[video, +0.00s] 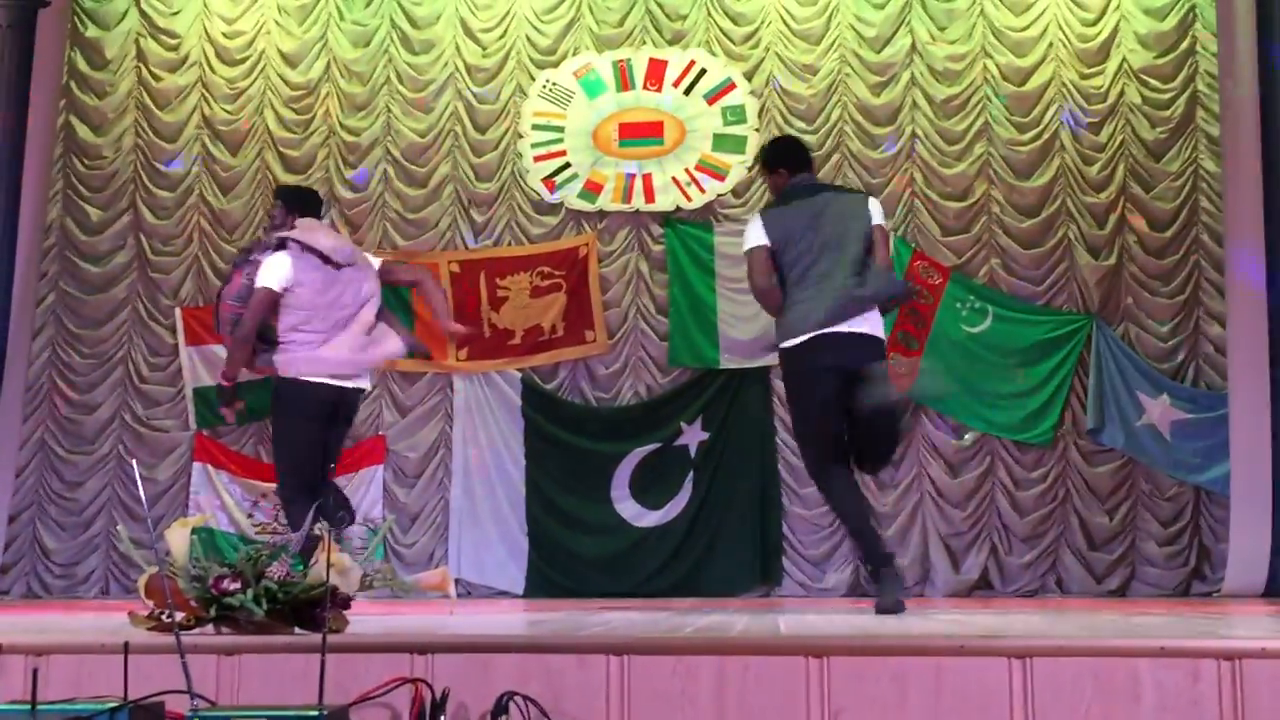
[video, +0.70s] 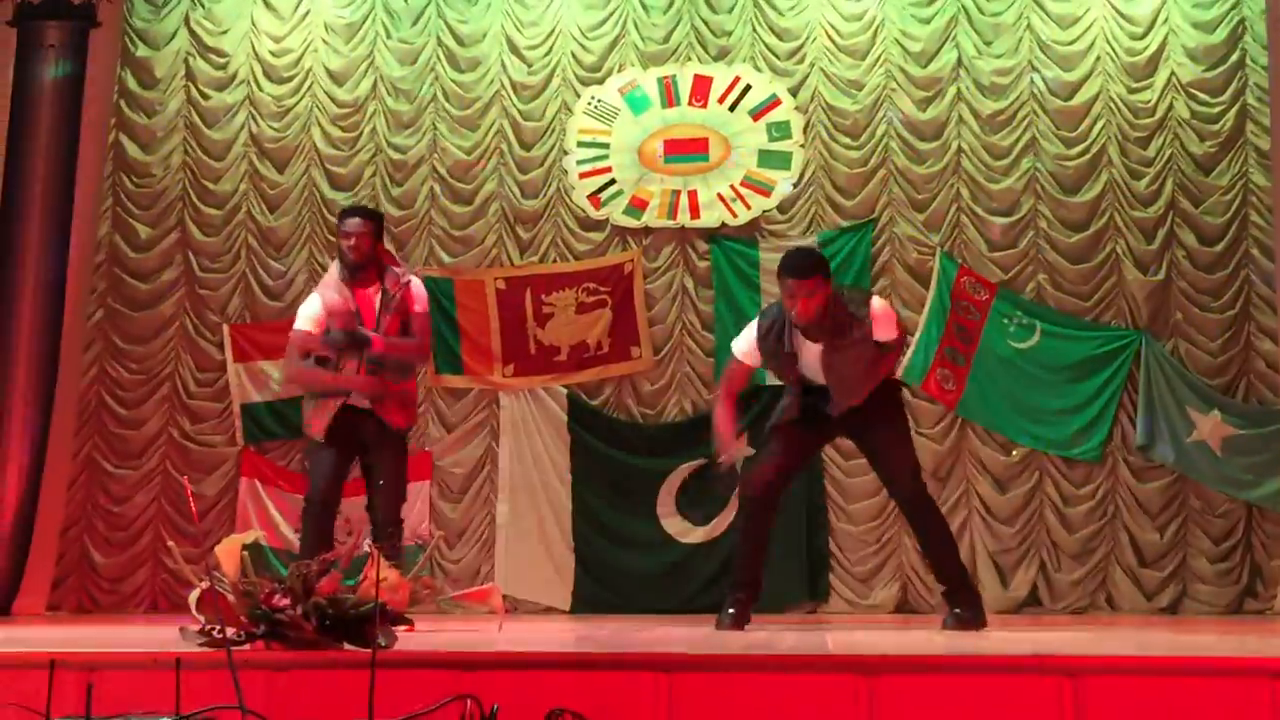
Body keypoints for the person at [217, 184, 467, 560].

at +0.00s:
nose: (271, 221)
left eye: (275, 214)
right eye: (272, 213)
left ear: (288, 217)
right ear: (318, 217)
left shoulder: (283, 260)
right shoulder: (359, 259)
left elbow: (247, 330)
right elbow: (423, 274)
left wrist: (227, 383)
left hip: (301, 389)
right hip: (350, 390)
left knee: (295, 490)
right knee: (320, 478)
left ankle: (323, 571)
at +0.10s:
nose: (270, 220)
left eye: (279, 213)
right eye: (272, 212)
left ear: (305, 218)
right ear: (312, 220)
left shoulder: (307, 266)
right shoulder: (343, 258)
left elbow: (271, 333)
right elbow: (382, 299)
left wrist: (221, 381)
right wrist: (418, 340)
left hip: (312, 391)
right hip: (327, 390)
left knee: (286, 481)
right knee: (273, 476)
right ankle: (352, 539)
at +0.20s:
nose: (293, 226)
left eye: (303, 219)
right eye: (292, 219)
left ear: (327, 224)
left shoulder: (333, 274)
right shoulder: (314, 268)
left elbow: (293, 339)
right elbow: (288, 342)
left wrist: (238, 387)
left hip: (317, 404)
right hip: (293, 403)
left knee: (294, 495)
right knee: (249, 479)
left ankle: (308, 583)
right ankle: (279, 566)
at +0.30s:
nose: (311, 234)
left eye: (321, 226)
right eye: (309, 226)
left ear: (344, 231)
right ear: (308, 231)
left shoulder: (359, 283)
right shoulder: (315, 280)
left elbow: (325, 344)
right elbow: (276, 339)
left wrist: (273, 369)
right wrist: (205, 342)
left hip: (322, 415)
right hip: (286, 410)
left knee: (303, 509)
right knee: (247, 493)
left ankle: (327, 597)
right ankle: (229, 586)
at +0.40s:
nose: (332, 239)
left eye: (342, 231)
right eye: (327, 230)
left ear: (361, 237)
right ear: (321, 234)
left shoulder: (379, 291)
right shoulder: (316, 281)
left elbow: (357, 349)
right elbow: (292, 334)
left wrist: (302, 350)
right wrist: (258, 357)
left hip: (332, 414)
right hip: (290, 405)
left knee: (317, 511)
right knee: (255, 494)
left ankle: (327, 596)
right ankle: (238, 587)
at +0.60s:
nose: (354, 236)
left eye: (364, 229)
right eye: (348, 227)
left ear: (382, 235)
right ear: (341, 231)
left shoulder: (405, 284)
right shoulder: (320, 284)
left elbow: (398, 336)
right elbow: (314, 361)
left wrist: (337, 325)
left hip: (380, 412)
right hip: (329, 408)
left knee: (378, 509)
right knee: (312, 499)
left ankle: (361, 593)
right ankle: (301, 589)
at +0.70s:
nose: (352, 244)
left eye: (361, 237)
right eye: (345, 236)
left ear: (378, 241)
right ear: (337, 241)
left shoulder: (408, 287)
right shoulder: (325, 295)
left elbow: (420, 350)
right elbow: (293, 369)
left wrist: (365, 342)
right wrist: (356, 381)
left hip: (386, 414)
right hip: (333, 412)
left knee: (386, 513)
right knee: (319, 502)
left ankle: (387, 596)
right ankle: (308, 589)